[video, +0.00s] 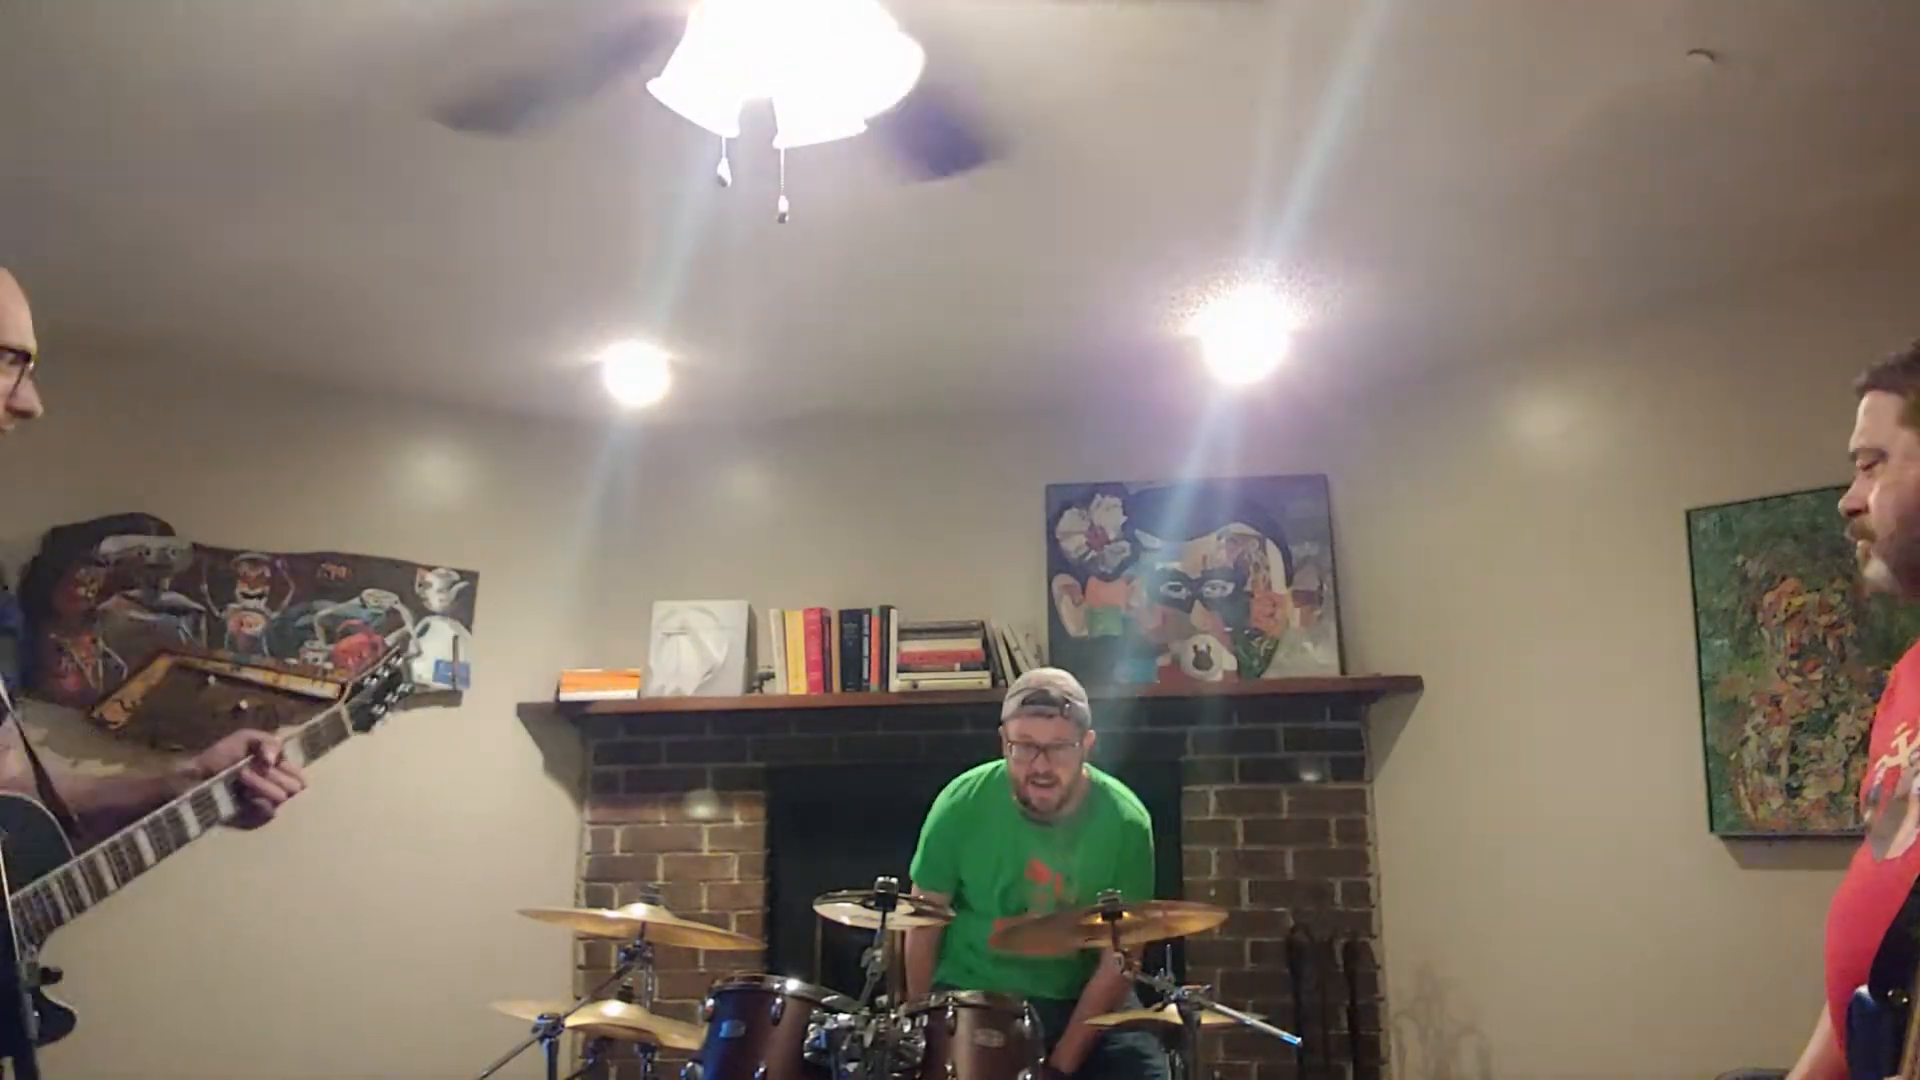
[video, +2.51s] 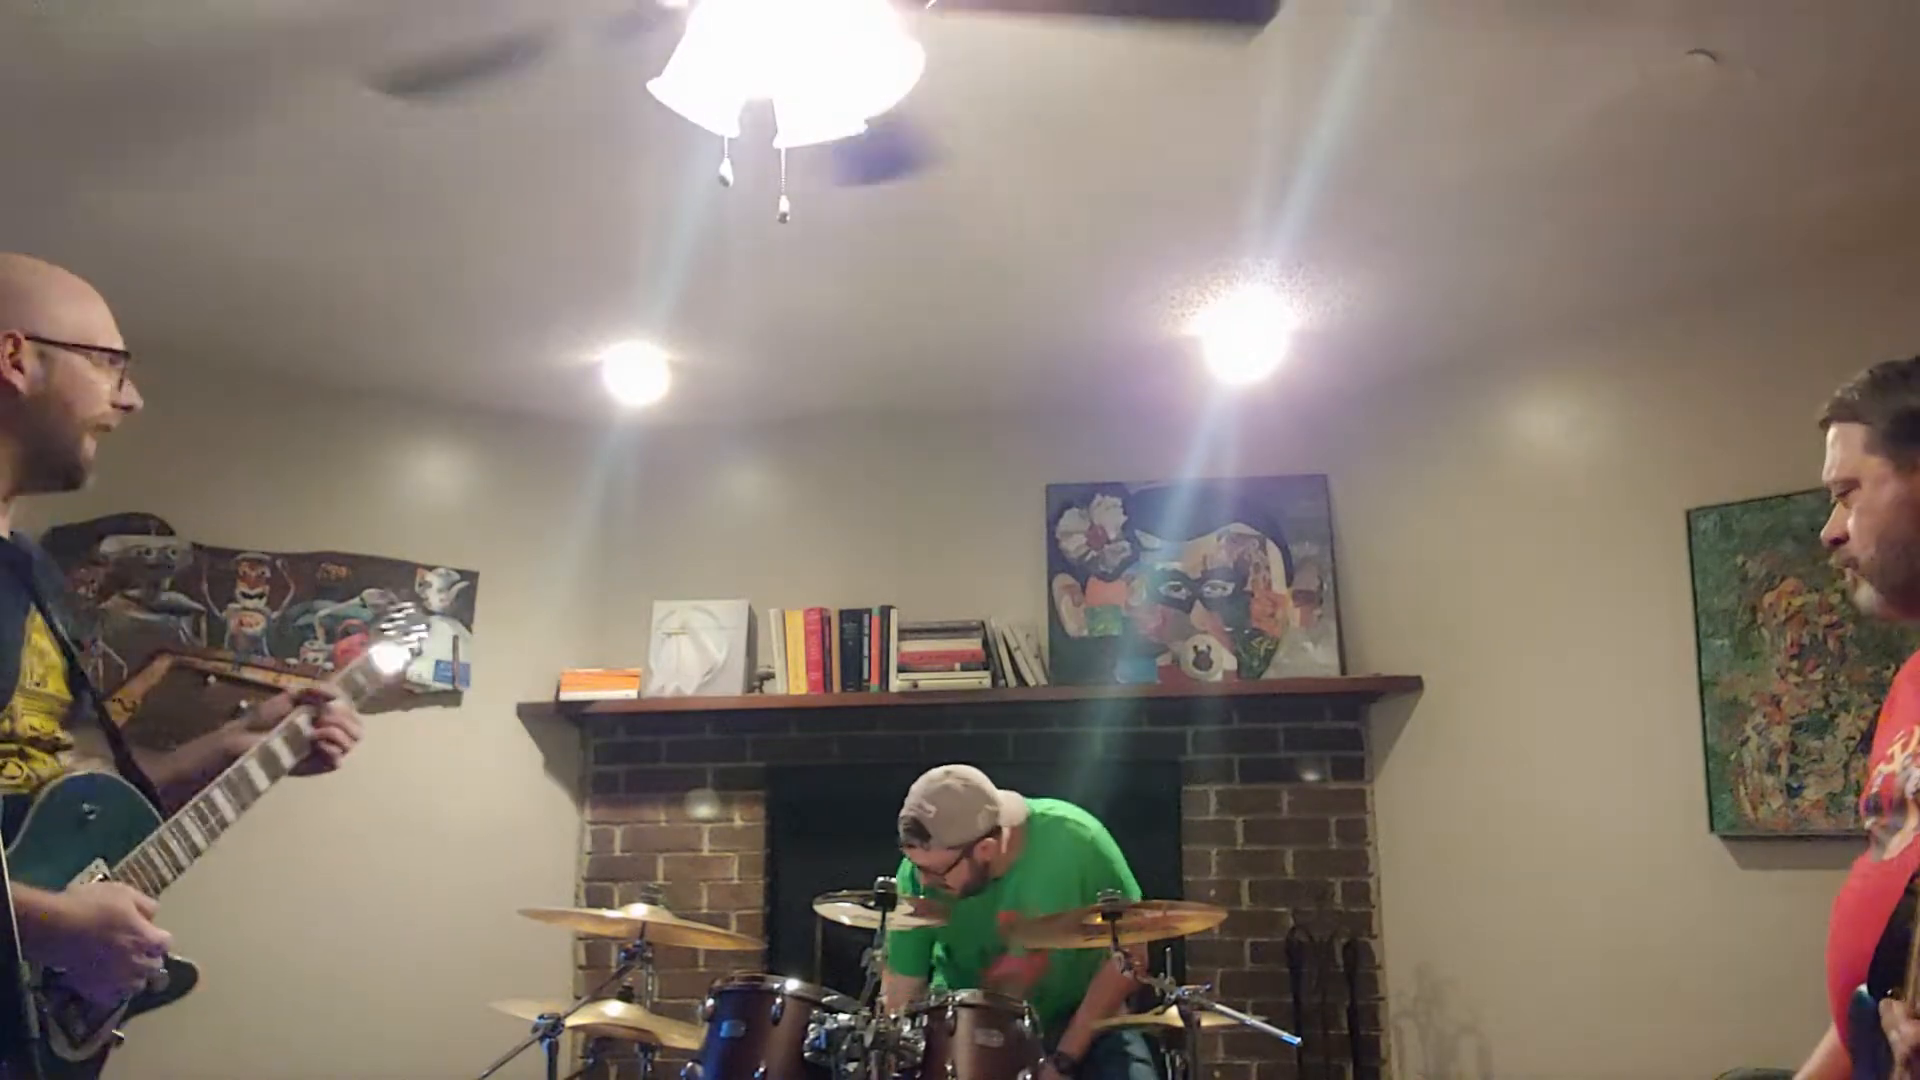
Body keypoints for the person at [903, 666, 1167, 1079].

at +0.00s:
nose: (1040, 765)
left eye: (1057, 748)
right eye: (1024, 747)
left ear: (1087, 744)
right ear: (1004, 742)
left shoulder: (1126, 822)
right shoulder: (961, 805)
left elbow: (1123, 955)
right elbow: (922, 921)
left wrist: (1060, 1064)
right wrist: (920, 1031)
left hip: (1082, 1004)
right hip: (973, 1002)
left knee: (1146, 1069)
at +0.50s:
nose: (984, 768)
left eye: (997, 754)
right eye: (975, 752)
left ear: (1047, 738)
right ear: (966, 742)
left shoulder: (1115, 796)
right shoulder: (956, 792)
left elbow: (1126, 937)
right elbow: (926, 917)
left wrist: (1066, 1053)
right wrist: (925, 1029)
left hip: (1085, 991)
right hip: (980, 990)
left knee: (1142, 1064)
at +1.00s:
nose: (988, 817)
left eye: (1001, 802)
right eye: (979, 802)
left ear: (1046, 788)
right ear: (969, 791)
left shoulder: (1105, 852)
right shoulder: (951, 850)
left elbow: (1134, 977)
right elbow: (895, 964)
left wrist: (1077, 1061)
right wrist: (877, 1048)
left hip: (1081, 1037)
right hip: (975, 1037)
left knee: (1147, 1076)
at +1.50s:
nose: (969, 816)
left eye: (980, 802)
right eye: (960, 804)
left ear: (1023, 785)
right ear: (951, 797)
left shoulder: (1095, 851)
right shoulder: (951, 866)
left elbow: (1151, 951)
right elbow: (906, 987)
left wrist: (1137, 991)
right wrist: (888, 1047)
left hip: (1083, 1035)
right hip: (979, 1035)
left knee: (1146, 1074)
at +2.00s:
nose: (953, 862)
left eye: (966, 849)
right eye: (943, 848)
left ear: (1010, 829)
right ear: (933, 833)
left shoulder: (1076, 854)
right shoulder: (929, 885)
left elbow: (1133, 964)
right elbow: (897, 1011)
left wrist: (1073, 1044)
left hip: (1077, 1038)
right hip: (975, 1046)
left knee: (1131, 1075)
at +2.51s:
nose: (926, 881)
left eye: (938, 871)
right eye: (920, 868)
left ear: (985, 850)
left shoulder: (1078, 841)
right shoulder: (918, 874)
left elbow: (1131, 954)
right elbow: (899, 998)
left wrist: (1064, 1060)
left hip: (1079, 1020)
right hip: (976, 1028)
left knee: (1129, 1072)